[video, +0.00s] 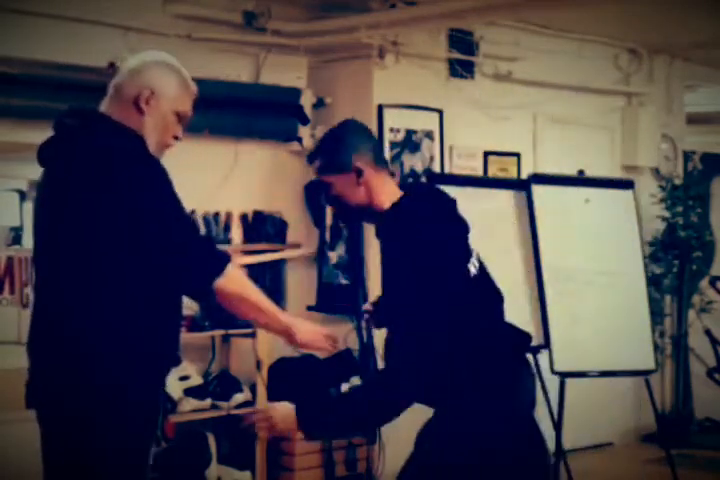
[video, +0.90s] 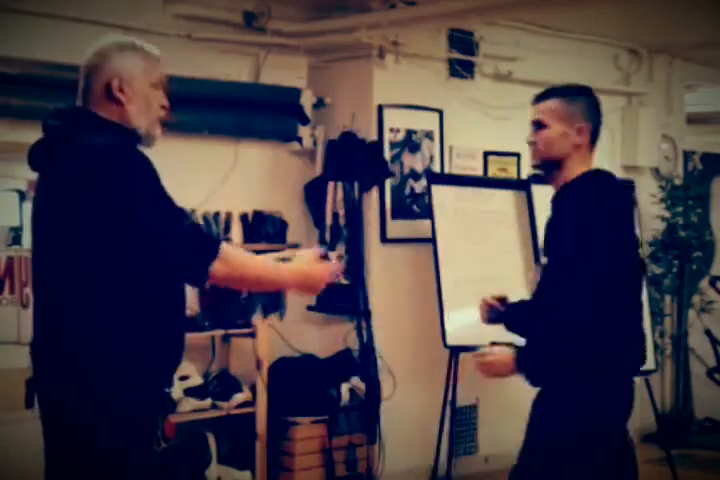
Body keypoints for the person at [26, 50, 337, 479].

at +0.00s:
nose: (180, 136)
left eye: (184, 125)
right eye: (178, 119)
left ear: (141, 100)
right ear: (144, 102)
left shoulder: (69, 157)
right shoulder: (126, 162)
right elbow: (203, 268)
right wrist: (291, 327)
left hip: (65, 382)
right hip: (114, 389)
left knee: (69, 472)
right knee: (116, 472)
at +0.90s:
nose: (166, 102)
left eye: (163, 89)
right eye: (157, 87)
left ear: (119, 92)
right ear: (119, 91)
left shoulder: (71, 156)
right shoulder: (114, 163)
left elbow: (188, 242)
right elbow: (203, 262)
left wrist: (281, 262)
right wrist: (295, 277)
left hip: (75, 386)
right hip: (113, 395)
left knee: (78, 472)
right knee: (120, 471)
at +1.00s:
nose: (167, 108)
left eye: (166, 95)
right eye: (160, 92)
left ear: (120, 91)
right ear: (121, 91)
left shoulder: (65, 158)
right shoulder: (116, 160)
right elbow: (208, 249)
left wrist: (293, 246)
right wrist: (303, 249)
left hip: (71, 382)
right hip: (115, 390)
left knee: (74, 471)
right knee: (118, 471)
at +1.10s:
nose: (167, 109)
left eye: (166, 96)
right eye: (160, 93)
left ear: (121, 91)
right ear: (122, 90)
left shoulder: (66, 157)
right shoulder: (116, 157)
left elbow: (100, 277)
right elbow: (212, 246)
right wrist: (305, 240)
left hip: (71, 377)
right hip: (116, 387)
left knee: (78, 471)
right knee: (122, 470)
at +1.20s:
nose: (168, 107)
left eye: (166, 94)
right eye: (160, 91)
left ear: (119, 90)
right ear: (122, 90)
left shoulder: (67, 156)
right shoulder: (119, 157)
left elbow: (102, 279)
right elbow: (209, 246)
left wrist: (181, 304)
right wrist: (301, 248)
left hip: (73, 374)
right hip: (118, 383)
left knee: (80, 470)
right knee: (124, 469)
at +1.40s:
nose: (169, 108)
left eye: (168, 95)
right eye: (162, 92)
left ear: (121, 91)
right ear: (124, 90)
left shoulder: (68, 156)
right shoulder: (124, 156)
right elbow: (219, 240)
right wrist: (312, 245)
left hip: (78, 372)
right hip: (124, 380)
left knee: (81, 469)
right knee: (128, 469)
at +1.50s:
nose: (171, 112)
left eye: (171, 98)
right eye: (165, 95)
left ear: (124, 90)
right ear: (128, 90)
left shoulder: (69, 158)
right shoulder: (126, 156)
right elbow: (226, 239)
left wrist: (294, 228)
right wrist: (310, 225)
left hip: (81, 374)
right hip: (127, 380)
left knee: (85, 470)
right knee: (133, 470)